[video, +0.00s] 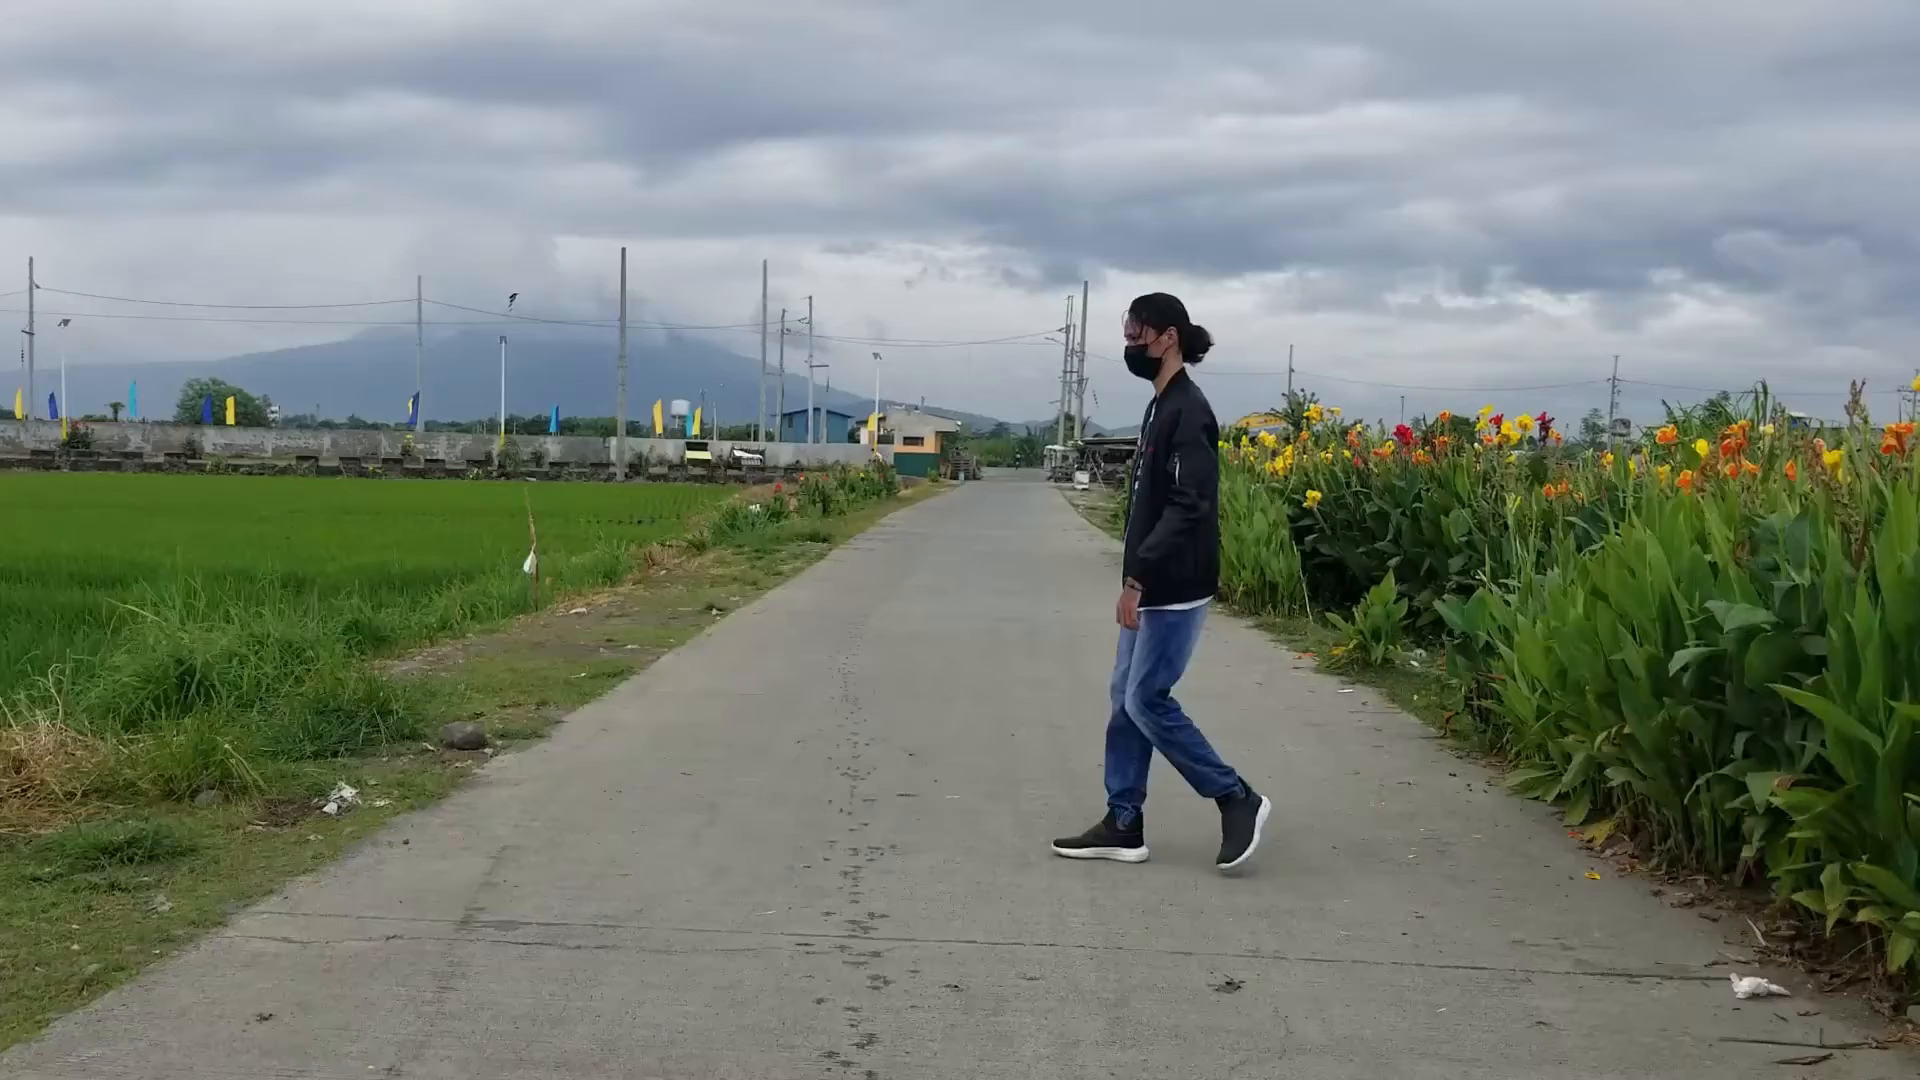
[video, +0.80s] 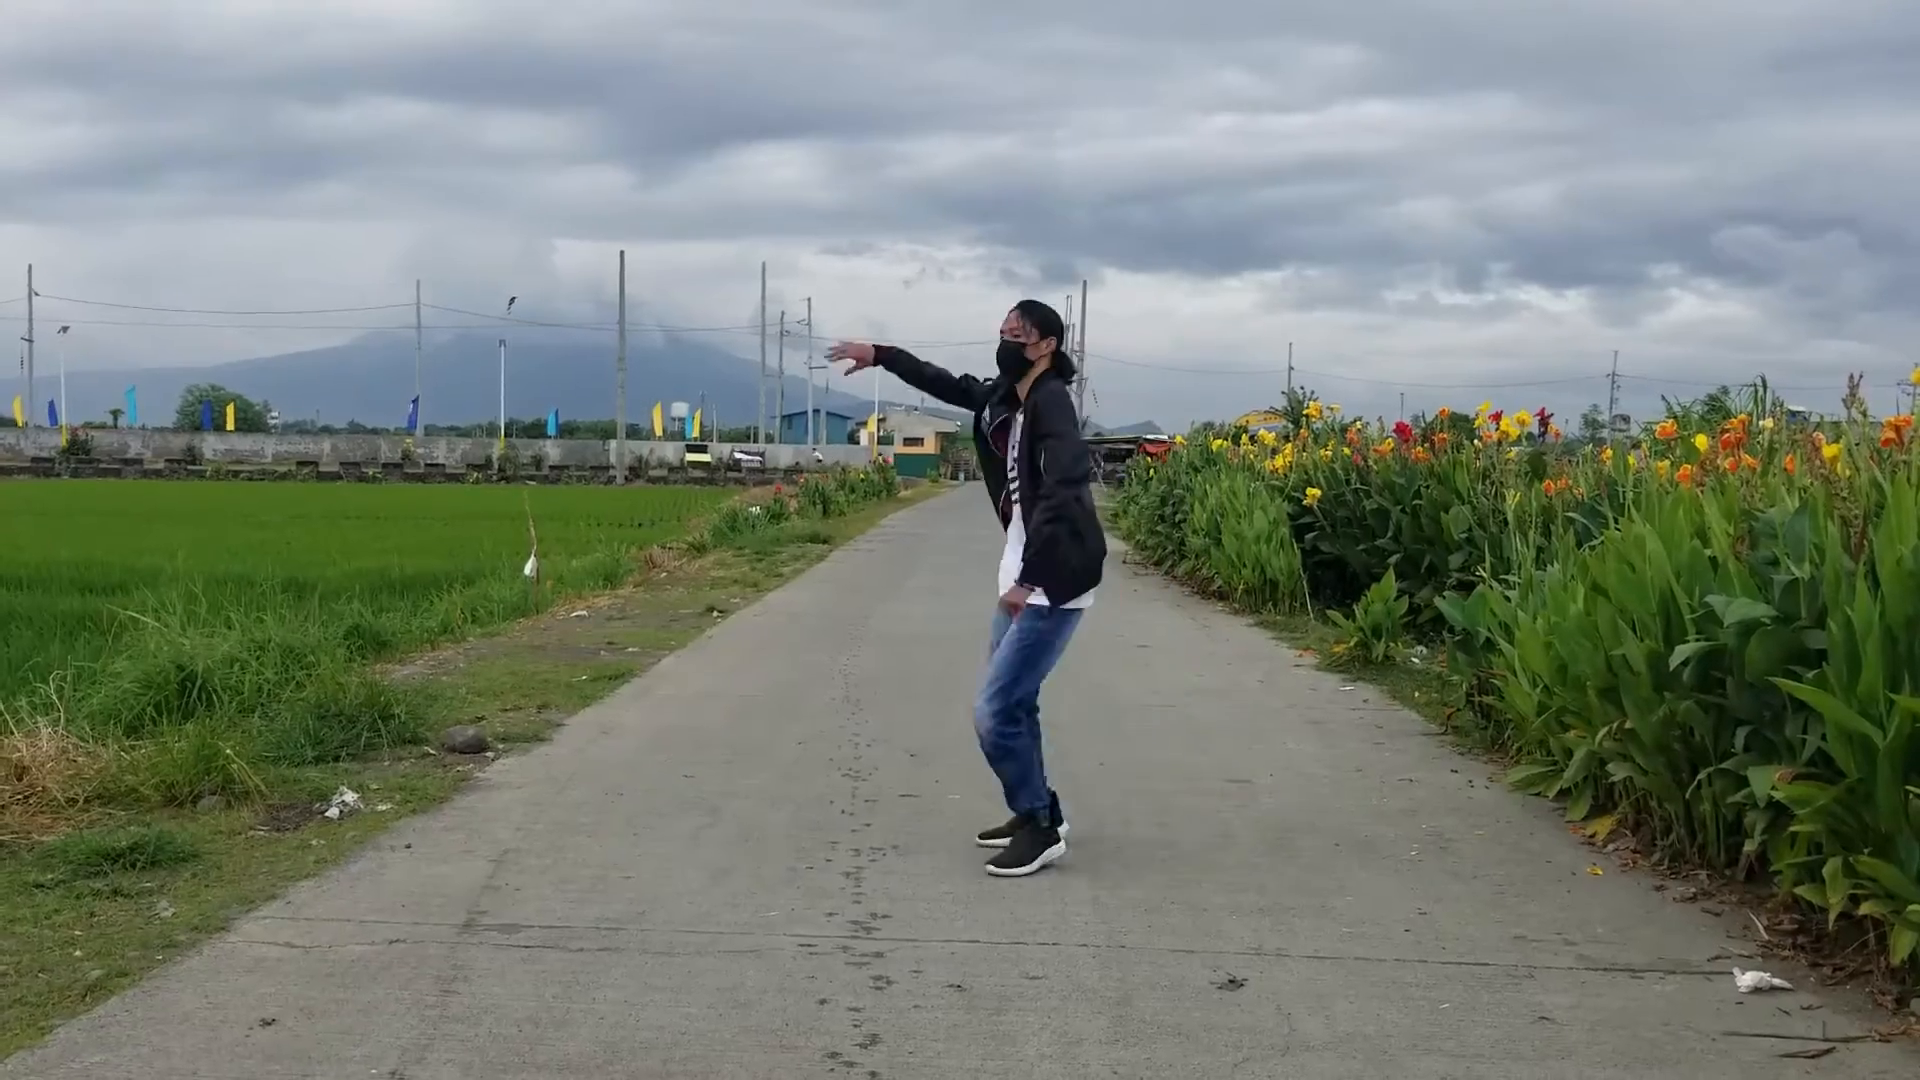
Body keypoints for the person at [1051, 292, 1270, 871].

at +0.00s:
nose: (1132, 338)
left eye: (1141, 329)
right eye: (1131, 330)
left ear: (1170, 336)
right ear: (1157, 340)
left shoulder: (1189, 409)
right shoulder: (1162, 405)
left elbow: (1189, 506)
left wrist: (1137, 579)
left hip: (1179, 587)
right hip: (1149, 583)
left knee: (1145, 700)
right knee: (1124, 700)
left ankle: (1237, 799)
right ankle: (1123, 825)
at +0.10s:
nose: (1105, 333)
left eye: (1114, 324)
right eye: (1105, 324)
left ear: (1144, 332)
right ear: (1135, 334)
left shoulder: (1164, 400)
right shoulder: (1137, 400)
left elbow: (1168, 493)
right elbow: (1123, 484)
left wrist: (1116, 559)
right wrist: (1074, 528)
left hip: (1165, 579)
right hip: (1142, 578)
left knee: (1122, 696)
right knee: (1119, 697)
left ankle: (1176, 814)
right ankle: (1122, 823)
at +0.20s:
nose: (1083, 336)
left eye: (1091, 327)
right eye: (1084, 327)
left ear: (1121, 333)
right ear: (1117, 335)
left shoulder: (1143, 392)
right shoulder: (1120, 394)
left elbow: (1154, 471)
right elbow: (1090, 443)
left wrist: (1119, 537)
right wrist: (1030, 461)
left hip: (1147, 579)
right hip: (1135, 578)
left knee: (1118, 700)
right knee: (1117, 699)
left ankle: (1133, 832)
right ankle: (1117, 820)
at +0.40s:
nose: (1056, 322)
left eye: (1066, 315)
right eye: (1057, 314)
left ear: (1094, 328)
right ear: (1081, 331)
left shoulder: (1111, 390)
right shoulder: (1083, 390)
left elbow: (1164, 458)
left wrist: (1189, 534)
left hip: (1117, 576)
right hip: (1093, 575)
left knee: (1121, 704)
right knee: (1103, 700)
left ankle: (1137, 833)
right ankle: (1117, 820)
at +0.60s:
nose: (1035, 317)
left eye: (1045, 310)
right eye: (1036, 309)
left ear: (1071, 324)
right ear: (1056, 324)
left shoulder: (1090, 389)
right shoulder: (1054, 391)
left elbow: (1136, 468)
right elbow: (1071, 478)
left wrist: (1140, 551)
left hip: (1073, 574)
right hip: (1044, 572)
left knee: (1074, 700)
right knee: (1046, 696)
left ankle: (1126, 826)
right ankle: (1102, 811)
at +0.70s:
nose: (1013, 323)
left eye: (1024, 315)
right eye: (1015, 314)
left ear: (1054, 328)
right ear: (1039, 328)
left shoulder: (1063, 394)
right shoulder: (1029, 385)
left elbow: (1086, 482)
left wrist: (1097, 571)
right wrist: (978, 333)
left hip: (1063, 573)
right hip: (1035, 567)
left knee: (1016, 691)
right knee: (1029, 692)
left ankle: (1080, 804)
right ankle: (1048, 806)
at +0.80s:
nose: (1006, 336)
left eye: (1018, 330)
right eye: (1005, 328)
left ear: (1045, 344)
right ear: (1008, 340)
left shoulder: (1050, 399)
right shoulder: (1001, 393)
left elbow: (1062, 491)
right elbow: (944, 384)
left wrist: (1029, 578)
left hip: (1059, 578)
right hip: (1022, 571)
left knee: (995, 713)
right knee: (1011, 702)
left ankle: (1038, 826)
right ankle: (1034, 811)